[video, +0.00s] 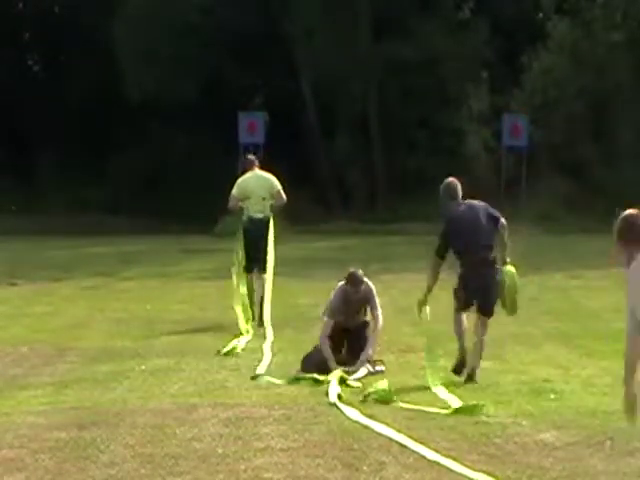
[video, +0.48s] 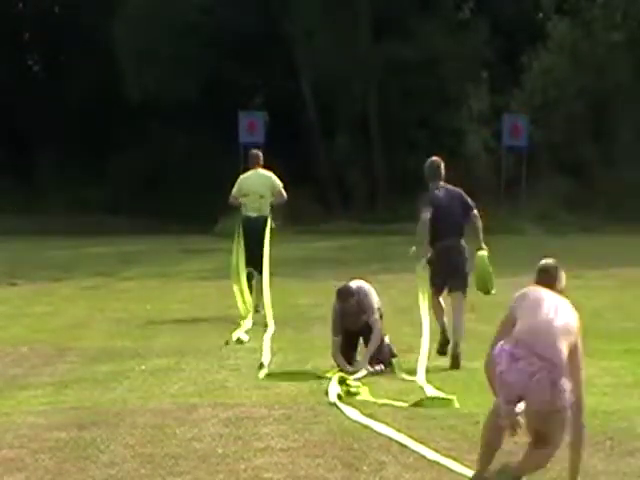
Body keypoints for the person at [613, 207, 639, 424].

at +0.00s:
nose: (617, 246)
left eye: (619, 240)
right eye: (618, 240)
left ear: (625, 241)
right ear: (632, 239)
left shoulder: (635, 271)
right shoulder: (632, 271)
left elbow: (633, 335)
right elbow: (632, 335)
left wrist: (629, 384)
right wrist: (629, 384)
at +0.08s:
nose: (617, 232)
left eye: (618, 227)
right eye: (618, 227)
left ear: (620, 227)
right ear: (637, 224)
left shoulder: (626, 258)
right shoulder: (626, 258)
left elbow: (621, 299)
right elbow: (621, 299)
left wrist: (618, 333)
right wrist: (618, 333)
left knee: (638, 377)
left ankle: (635, 408)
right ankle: (635, 408)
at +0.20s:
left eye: (596, 209)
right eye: (619, 207)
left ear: (594, 210)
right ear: (622, 209)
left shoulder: (591, 234)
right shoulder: (633, 236)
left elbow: (582, 269)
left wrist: (574, 317)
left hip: (622, 314)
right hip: (636, 313)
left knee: (585, 367)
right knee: (628, 356)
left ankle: (602, 446)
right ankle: (620, 392)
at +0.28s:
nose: (574, 218)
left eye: (574, 214)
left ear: (576, 214)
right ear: (604, 216)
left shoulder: (570, 235)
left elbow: (548, 280)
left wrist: (533, 333)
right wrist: (605, 400)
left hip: (592, 310)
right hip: (630, 313)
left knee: (553, 379)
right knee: (634, 399)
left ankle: (535, 453)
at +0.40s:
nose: (574, 254)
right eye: (575, 250)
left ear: (551, 249)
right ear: (576, 250)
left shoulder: (542, 267)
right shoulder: (589, 276)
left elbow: (511, 319)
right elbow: (589, 323)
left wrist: (502, 372)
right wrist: (593, 360)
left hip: (544, 335)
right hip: (580, 340)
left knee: (520, 403)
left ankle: (498, 468)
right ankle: (586, 446)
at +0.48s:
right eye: (561, 282)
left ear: (536, 280)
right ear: (561, 285)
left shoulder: (525, 295)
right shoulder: (571, 313)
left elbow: (492, 356)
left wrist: (506, 404)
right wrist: (573, 473)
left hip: (512, 365)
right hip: (549, 377)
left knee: (499, 412)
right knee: (544, 442)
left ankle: (481, 471)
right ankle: (516, 473)